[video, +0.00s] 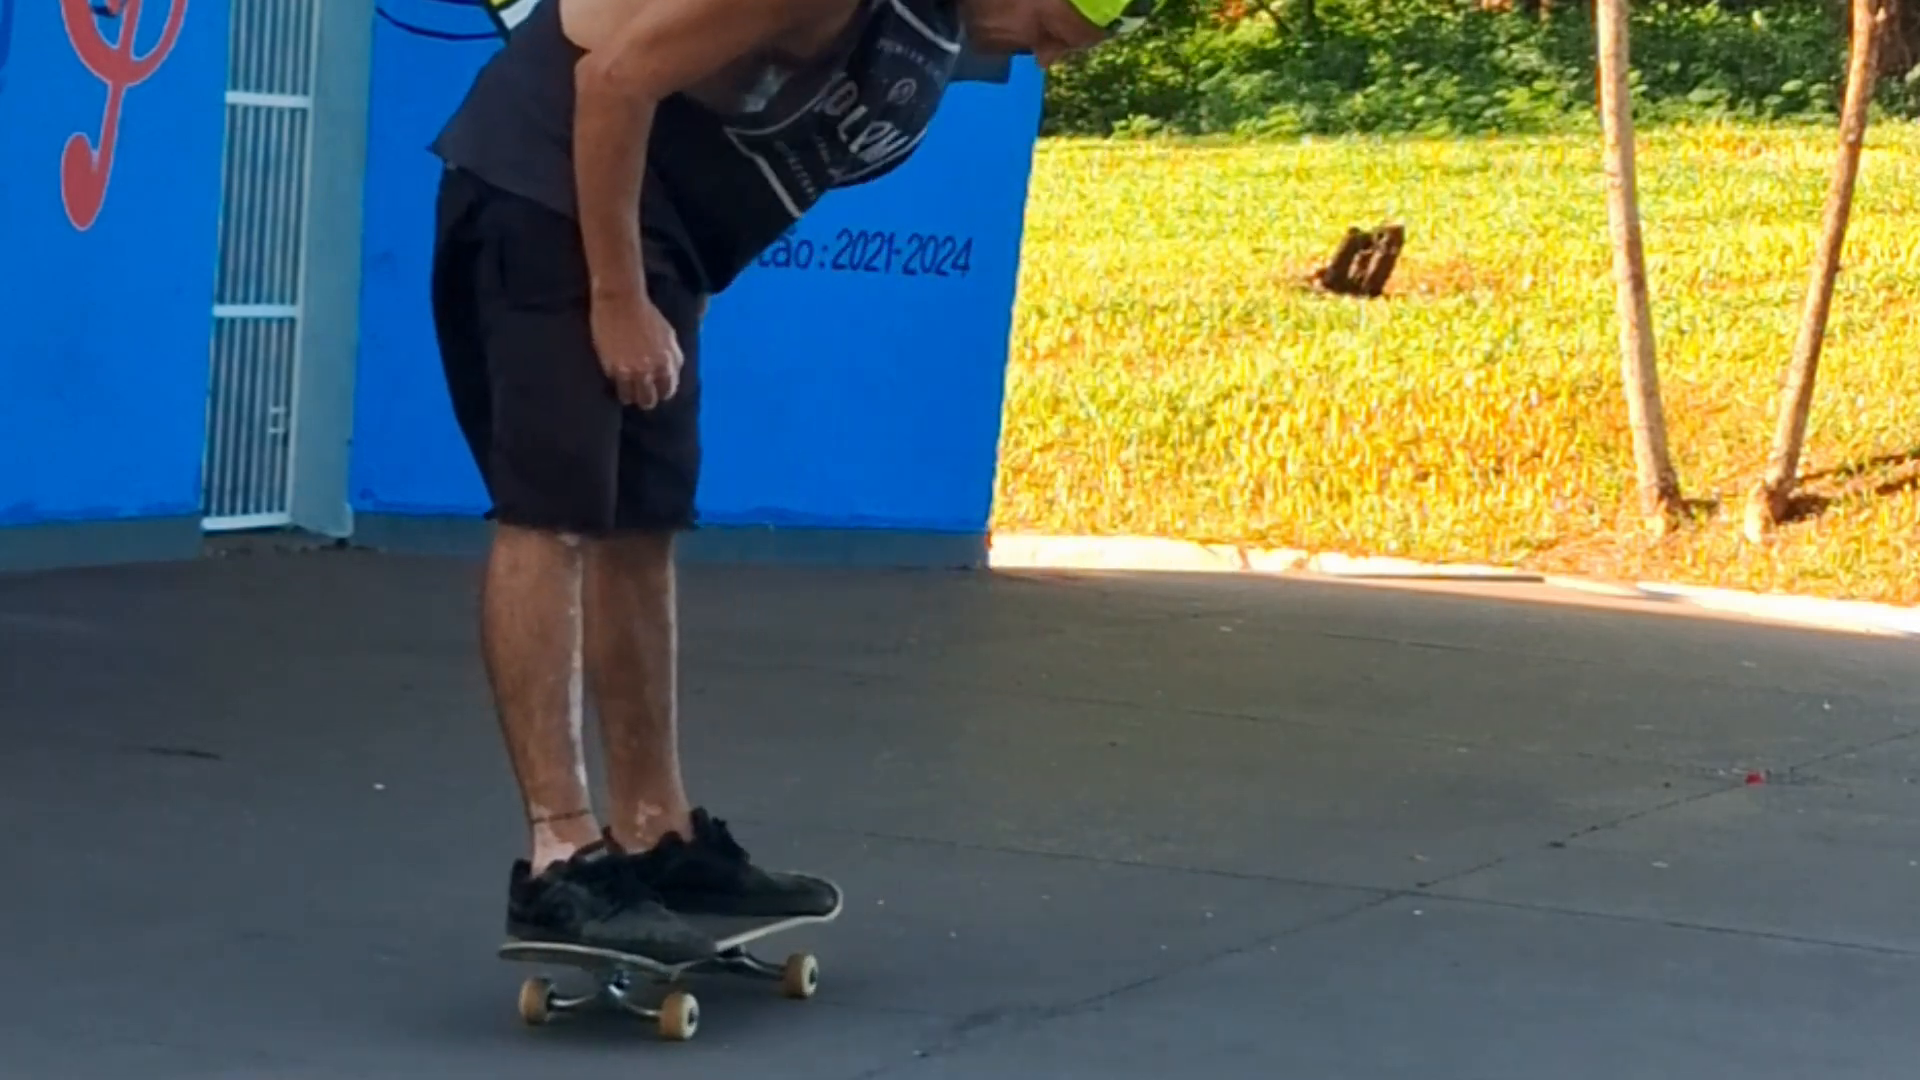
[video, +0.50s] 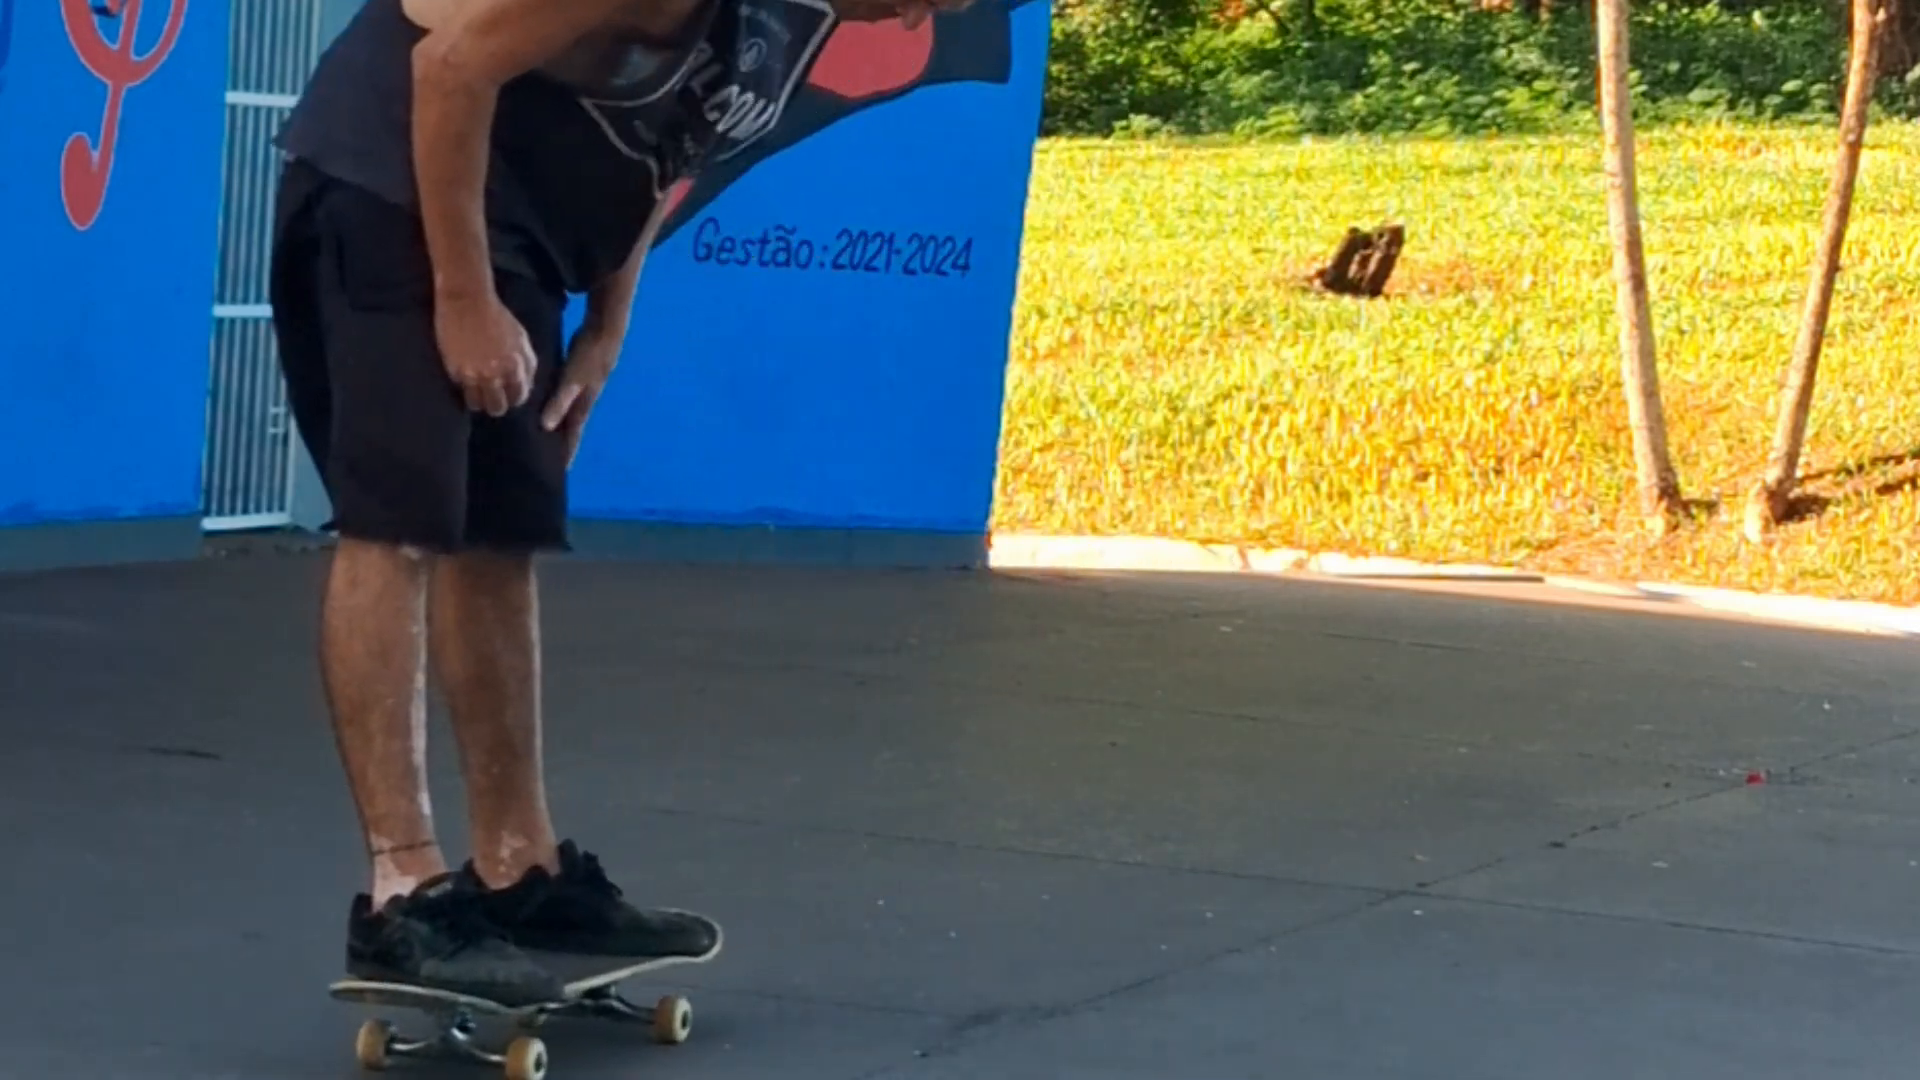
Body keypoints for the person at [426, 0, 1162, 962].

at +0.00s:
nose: (1071, 45)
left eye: (1086, 30)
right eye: (1070, 17)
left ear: (1031, 13)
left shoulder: (937, 55)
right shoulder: (833, 7)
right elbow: (614, 74)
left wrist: (677, 292)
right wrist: (619, 297)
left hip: (659, 230)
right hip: (542, 190)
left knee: (643, 513)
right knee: (546, 507)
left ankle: (654, 836)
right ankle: (557, 861)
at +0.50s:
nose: (920, 14)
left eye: (934, 10)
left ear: (906, 9)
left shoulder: (794, 33)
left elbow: (658, 156)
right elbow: (451, 64)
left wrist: (604, 330)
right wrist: (464, 298)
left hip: (519, 215)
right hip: (388, 169)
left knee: (501, 524)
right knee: (393, 521)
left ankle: (519, 873)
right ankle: (403, 895)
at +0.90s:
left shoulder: (676, 8)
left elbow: (550, 157)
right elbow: (316, 58)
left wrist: (463, 345)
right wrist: (334, 303)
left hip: (404, 206)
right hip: (250, 160)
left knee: (377, 538)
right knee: (249, 534)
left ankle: (395, 902)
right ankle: (257, 929)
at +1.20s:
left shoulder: (565, 17)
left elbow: (445, 132)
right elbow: (223, 53)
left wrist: (393, 323)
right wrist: (240, 305)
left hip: (318, 214)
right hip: (150, 165)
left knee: (309, 538)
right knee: (146, 542)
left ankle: (288, 920)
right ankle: (131, 960)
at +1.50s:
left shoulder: (510, 15)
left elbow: (336, 132)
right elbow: (124, 41)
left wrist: (287, 336)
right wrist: (171, 307)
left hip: (224, 191)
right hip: (63, 137)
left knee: (213, 544)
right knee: (68, 541)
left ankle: (151, 956)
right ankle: (5, 965)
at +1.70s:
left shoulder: (425, 13)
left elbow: (269, 126)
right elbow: (44, 26)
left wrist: (248, 324)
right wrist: (101, 299)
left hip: (185, 246)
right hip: (46, 190)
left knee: (172, 563)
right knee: (26, 560)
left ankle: (83, 965)